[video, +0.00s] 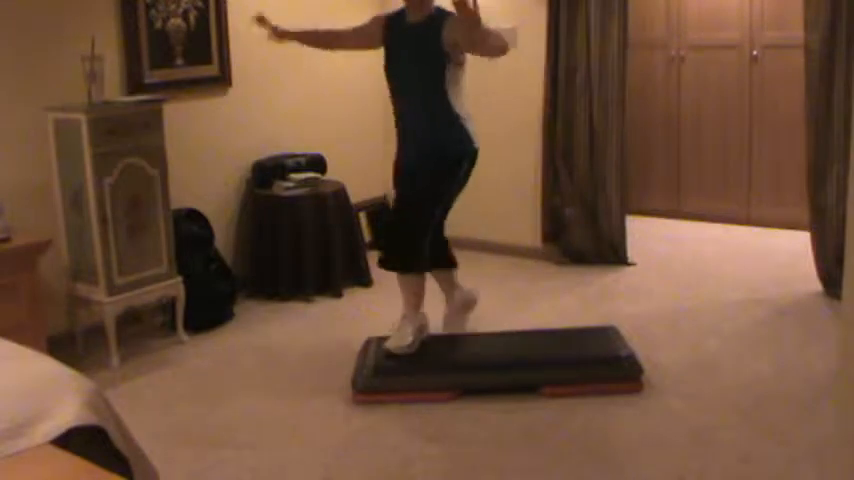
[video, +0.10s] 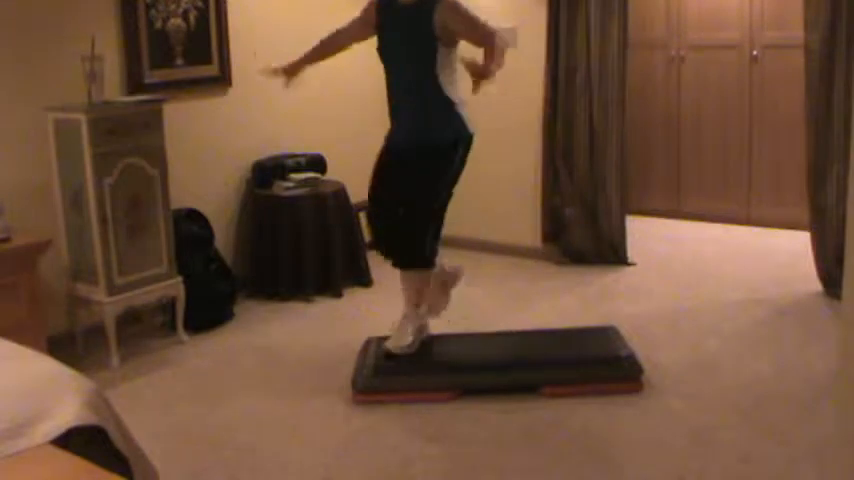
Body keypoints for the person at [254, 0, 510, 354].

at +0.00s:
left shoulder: (448, 24)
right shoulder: (388, 26)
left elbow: (499, 47)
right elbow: (338, 39)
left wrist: (477, 31)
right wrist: (287, 35)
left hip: (450, 148)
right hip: (411, 149)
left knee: (406, 229)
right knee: (423, 228)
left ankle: (413, 319)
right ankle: (456, 295)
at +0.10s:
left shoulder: (441, 9)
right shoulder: (379, 10)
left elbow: (493, 40)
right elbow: (342, 38)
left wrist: (486, 70)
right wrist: (298, 64)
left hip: (444, 135)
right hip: (404, 134)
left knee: (418, 223)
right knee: (381, 218)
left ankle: (413, 319)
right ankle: (434, 279)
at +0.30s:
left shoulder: (428, 11)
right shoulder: (369, 13)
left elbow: (476, 63)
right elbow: (374, 69)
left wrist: (482, 121)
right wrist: (370, 118)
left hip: (438, 132)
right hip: (395, 125)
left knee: (413, 222)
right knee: (348, 163)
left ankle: (414, 318)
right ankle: (391, 228)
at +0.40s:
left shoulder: (428, 17)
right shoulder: (367, 16)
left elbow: (473, 70)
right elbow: (374, 75)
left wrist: (481, 128)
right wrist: (374, 120)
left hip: (434, 137)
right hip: (389, 132)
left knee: (406, 228)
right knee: (345, 168)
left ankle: (413, 319)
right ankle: (386, 221)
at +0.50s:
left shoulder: (434, 12)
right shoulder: (366, 11)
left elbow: (478, 63)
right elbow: (350, 58)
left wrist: (494, 110)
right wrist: (332, 101)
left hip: (429, 134)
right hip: (384, 130)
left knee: (410, 228)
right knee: (349, 201)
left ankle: (414, 318)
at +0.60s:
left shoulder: (436, 7)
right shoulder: (362, 7)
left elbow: (472, 35)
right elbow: (326, 35)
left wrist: (509, 61)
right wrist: (289, 69)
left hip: (425, 128)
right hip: (379, 127)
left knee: (415, 223)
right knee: (367, 216)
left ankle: (414, 316)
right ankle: (386, 270)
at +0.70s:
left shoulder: (435, 11)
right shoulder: (362, 8)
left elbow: (489, 28)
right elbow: (313, 22)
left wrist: (528, 21)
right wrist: (264, 35)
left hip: (425, 135)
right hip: (377, 136)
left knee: (412, 230)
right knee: (380, 228)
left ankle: (414, 318)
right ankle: (381, 305)